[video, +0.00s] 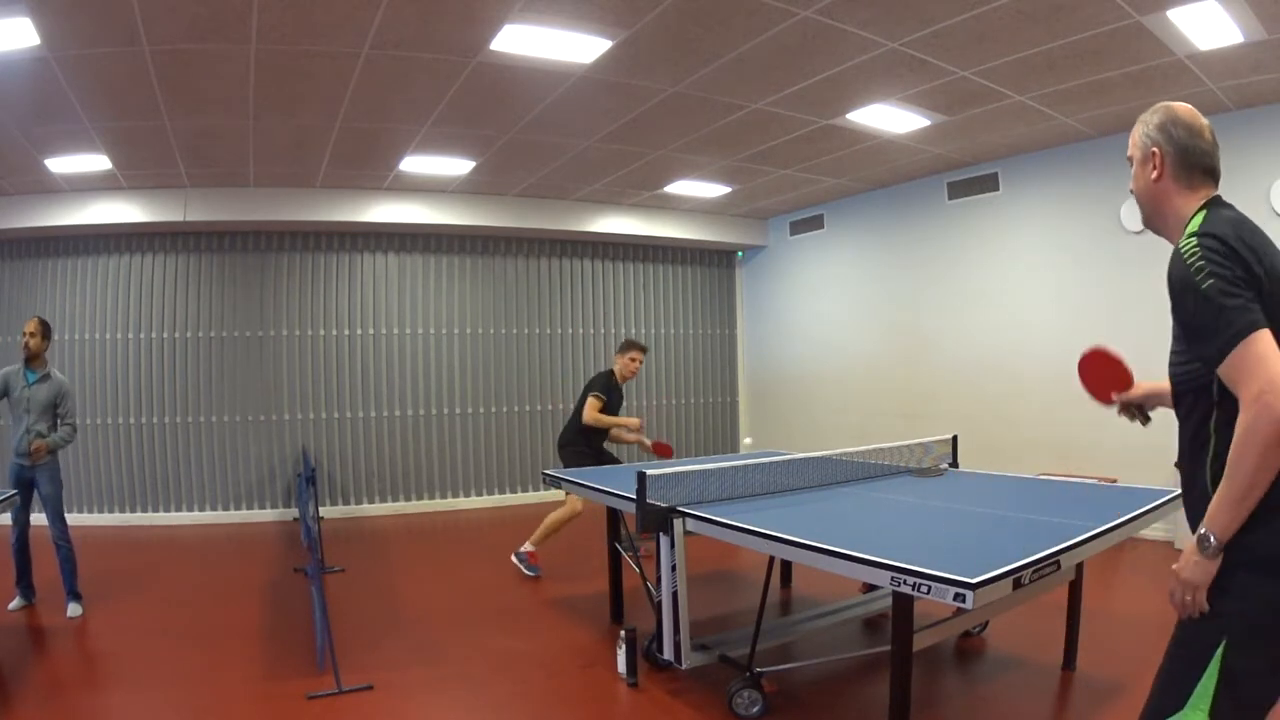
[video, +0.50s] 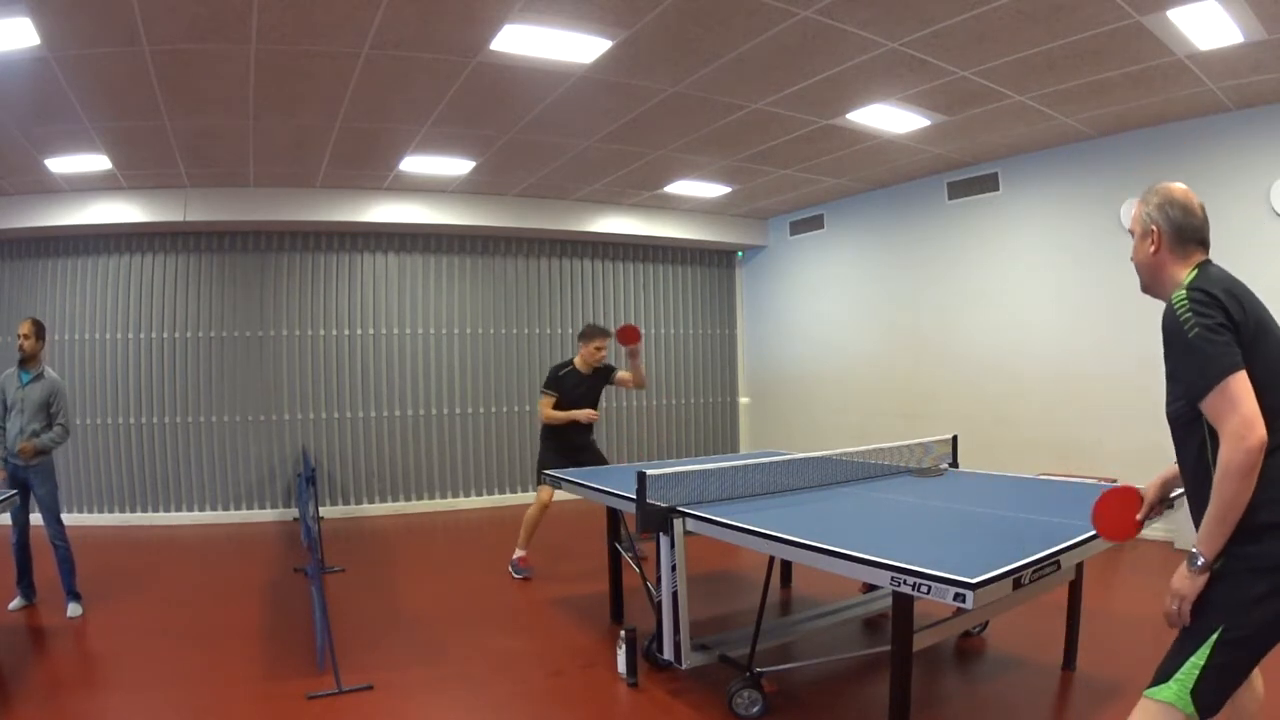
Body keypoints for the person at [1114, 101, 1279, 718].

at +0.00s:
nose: (1129, 184)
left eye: (1132, 164)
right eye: (1129, 165)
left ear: (1156, 163)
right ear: (1206, 164)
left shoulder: (1198, 256)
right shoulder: (1242, 237)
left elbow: (1268, 400)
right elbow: (1249, 369)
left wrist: (1206, 543)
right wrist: (1163, 394)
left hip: (1250, 556)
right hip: (1261, 547)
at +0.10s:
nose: (1120, 192)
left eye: (1122, 173)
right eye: (1120, 174)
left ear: (1144, 173)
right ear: (1194, 172)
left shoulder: (1174, 263)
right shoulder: (1238, 243)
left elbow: (1244, 412)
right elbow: (1258, 376)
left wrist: (1196, 552)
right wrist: (1176, 422)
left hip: (1243, 566)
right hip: (1268, 552)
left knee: (1155, 713)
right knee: (1191, 707)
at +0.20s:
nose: (1118, 196)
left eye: (1119, 179)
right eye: (1118, 180)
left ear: (1140, 180)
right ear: (1191, 179)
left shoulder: (1165, 265)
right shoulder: (1235, 247)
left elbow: (1224, 417)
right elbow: (1262, 382)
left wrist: (1185, 553)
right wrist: (1175, 435)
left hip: (1236, 549)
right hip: (1270, 532)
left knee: (1145, 707)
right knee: (1234, 664)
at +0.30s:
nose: (1122, 208)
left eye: (1123, 191)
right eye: (1123, 192)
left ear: (1144, 192)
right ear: (1193, 190)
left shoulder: (1168, 269)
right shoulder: (1235, 256)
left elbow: (1218, 417)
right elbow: (1261, 388)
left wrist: (1181, 551)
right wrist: (1176, 448)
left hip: (1238, 547)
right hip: (1270, 532)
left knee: (1145, 708)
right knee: (1245, 676)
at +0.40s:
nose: (1128, 228)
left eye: (1130, 212)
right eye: (1128, 213)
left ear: (1151, 215)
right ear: (1193, 214)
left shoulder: (1179, 290)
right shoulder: (1230, 274)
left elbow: (1229, 430)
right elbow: (1258, 396)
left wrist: (1184, 557)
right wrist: (1179, 457)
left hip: (1247, 548)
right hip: (1269, 533)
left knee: (1147, 710)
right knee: (1243, 677)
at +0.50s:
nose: (1129, 253)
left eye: (1132, 237)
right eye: (1130, 238)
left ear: (1153, 240)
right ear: (1190, 237)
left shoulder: (1190, 306)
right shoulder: (1224, 292)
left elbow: (1244, 437)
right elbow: (1246, 423)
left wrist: (1198, 561)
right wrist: (1171, 481)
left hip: (1257, 554)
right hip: (1268, 542)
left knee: (1160, 707)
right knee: (1235, 670)